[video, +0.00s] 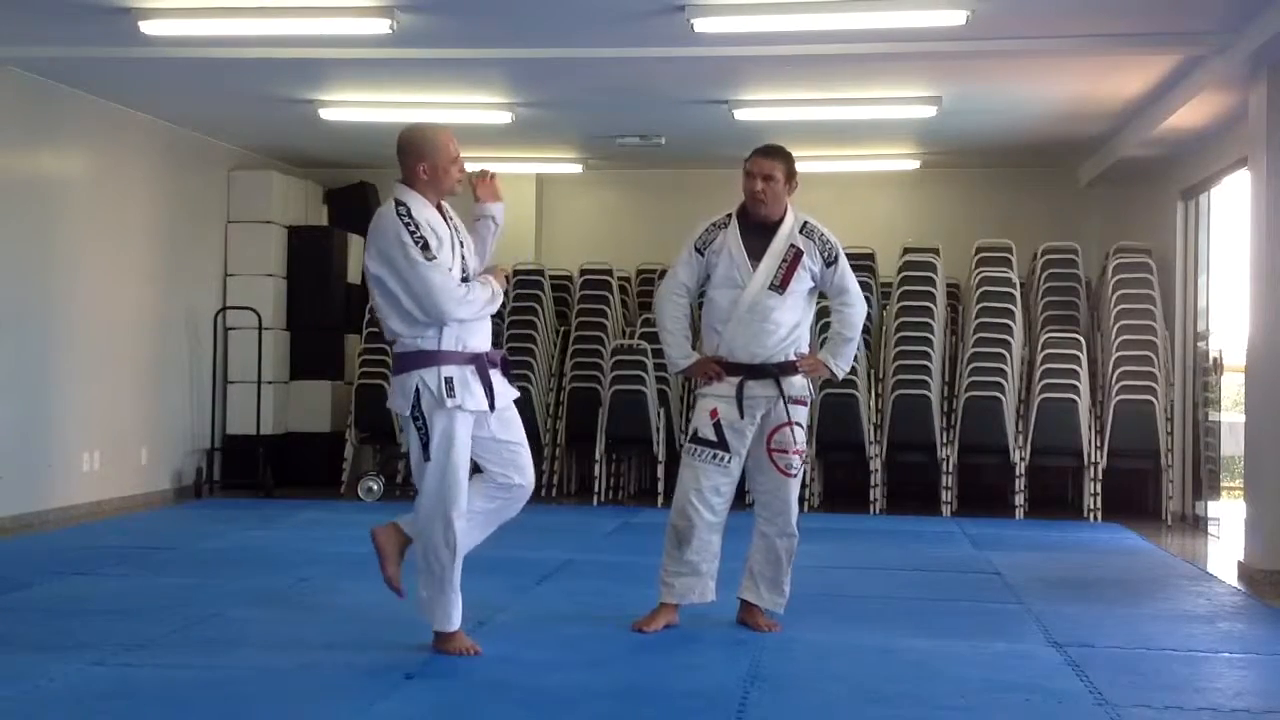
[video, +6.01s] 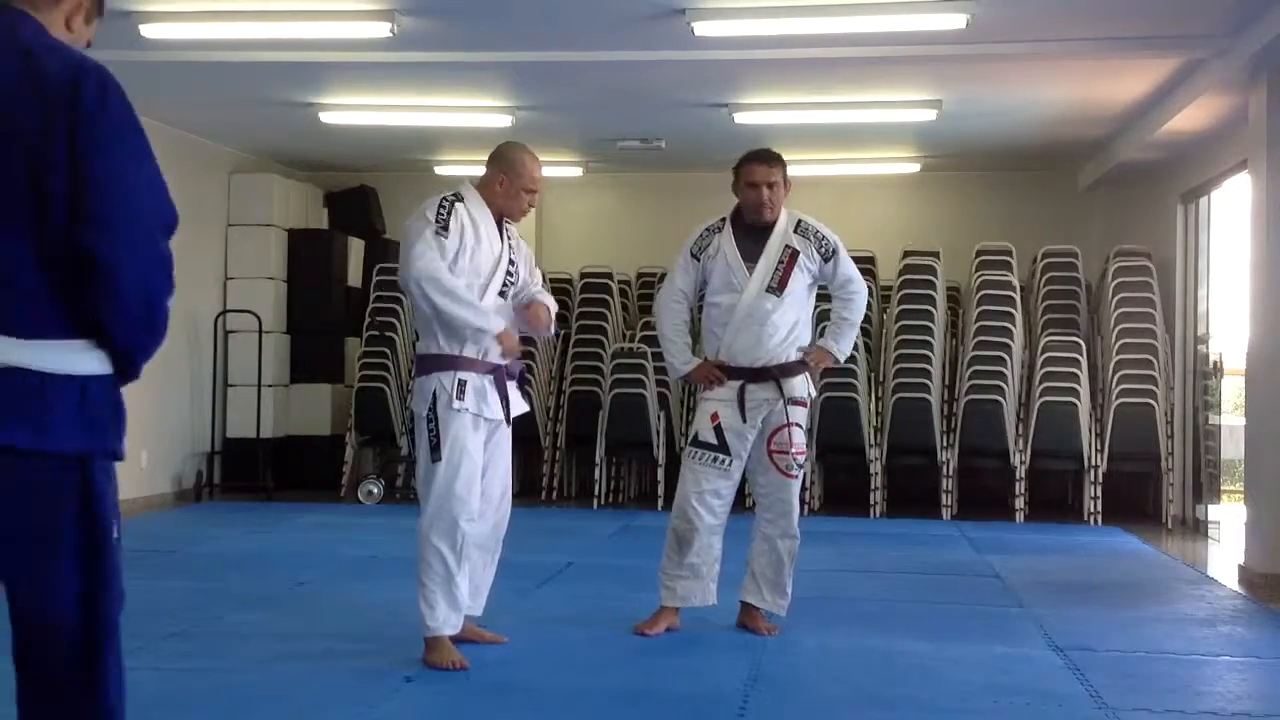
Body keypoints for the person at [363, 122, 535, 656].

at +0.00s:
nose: (462, 168)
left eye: (461, 159)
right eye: (455, 160)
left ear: (427, 168)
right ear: (424, 169)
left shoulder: (443, 217)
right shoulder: (396, 223)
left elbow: (471, 269)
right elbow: (441, 301)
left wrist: (488, 213)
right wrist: (491, 287)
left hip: (478, 374)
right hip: (433, 380)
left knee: (513, 480)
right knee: (443, 502)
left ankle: (404, 535)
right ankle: (446, 627)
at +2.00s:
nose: (439, 158)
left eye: (436, 149)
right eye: (429, 150)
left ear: (402, 156)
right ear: (396, 157)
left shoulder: (426, 212)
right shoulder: (363, 213)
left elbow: (462, 276)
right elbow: (405, 303)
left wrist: (412, 273)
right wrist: (443, 284)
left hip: (414, 376)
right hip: (366, 376)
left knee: (435, 492)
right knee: (366, 505)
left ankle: (408, 605)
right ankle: (350, 636)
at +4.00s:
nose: (546, 199)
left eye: (548, 189)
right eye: (542, 188)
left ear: (517, 182)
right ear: (512, 180)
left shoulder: (507, 235)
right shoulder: (463, 212)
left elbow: (524, 303)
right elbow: (434, 293)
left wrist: (561, 274)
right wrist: (453, 371)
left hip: (504, 389)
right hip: (466, 385)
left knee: (494, 509)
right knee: (457, 508)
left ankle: (463, 617)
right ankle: (438, 631)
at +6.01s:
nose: (533, 203)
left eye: (537, 192)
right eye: (528, 191)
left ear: (508, 185)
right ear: (499, 181)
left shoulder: (512, 242)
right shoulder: (443, 210)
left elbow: (536, 293)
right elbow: (422, 273)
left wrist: (540, 309)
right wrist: (495, 326)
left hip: (497, 389)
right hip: (451, 385)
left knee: (491, 508)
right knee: (450, 507)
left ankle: (463, 618)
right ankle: (439, 632)